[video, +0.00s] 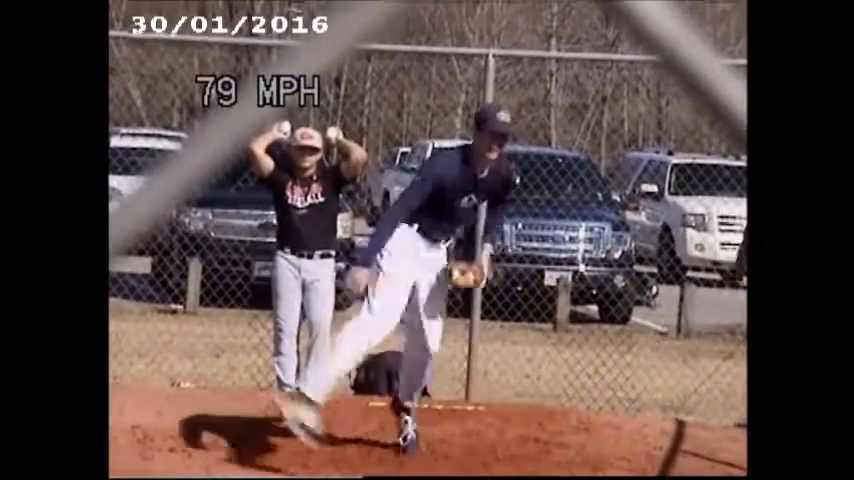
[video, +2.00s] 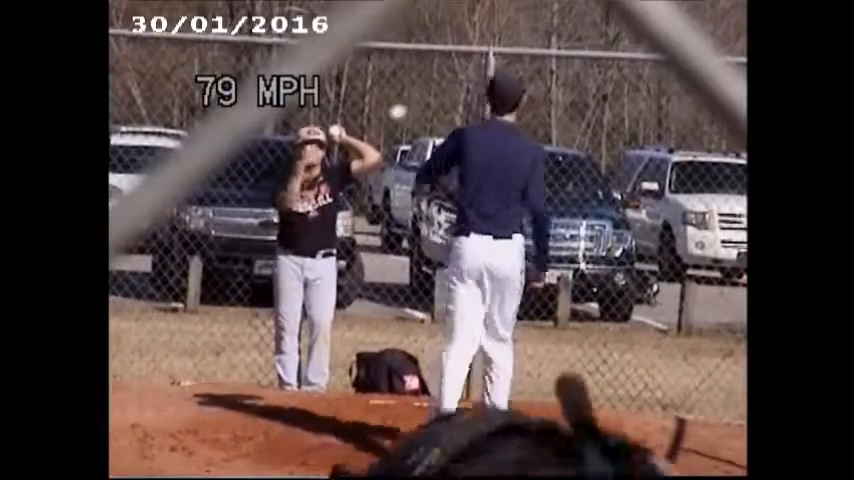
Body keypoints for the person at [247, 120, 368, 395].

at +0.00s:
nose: (307, 157)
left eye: (313, 152)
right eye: (301, 151)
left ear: (321, 153)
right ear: (291, 153)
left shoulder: (332, 177)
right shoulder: (281, 179)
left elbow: (360, 158)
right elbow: (255, 150)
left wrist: (340, 140)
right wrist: (275, 133)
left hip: (322, 261)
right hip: (287, 259)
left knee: (320, 326)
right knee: (285, 326)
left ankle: (315, 385)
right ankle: (285, 384)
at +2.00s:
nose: (311, 161)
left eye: (316, 157)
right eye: (306, 153)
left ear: (324, 155)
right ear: (296, 158)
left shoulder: (334, 175)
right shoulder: (289, 179)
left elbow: (374, 158)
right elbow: (286, 204)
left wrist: (344, 139)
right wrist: (299, 166)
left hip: (324, 259)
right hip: (289, 259)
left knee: (321, 323)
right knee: (287, 323)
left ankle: (316, 384)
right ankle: (288, 383)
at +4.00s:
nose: (304, 153)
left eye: (309, 147)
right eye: (299, 148)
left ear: (318, 148)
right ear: (290, 150)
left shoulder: (331, 175)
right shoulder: (281, 174)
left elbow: (367, 159)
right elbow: (263, 144)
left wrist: (343, 140)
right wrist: (280, 129)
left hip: (319, 259)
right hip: (285, 257)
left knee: (313, 322)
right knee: (280, 321)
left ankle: (309, 381)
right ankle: (278, 381)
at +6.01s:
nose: (308, 154)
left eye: (313, 148)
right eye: (303, 149)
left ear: (323, 150)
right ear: (294, 151)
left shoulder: (334, 176)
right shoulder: (284, 177)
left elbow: (365, 155)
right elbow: (269, 146)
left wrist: (342, 139)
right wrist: (283, 129)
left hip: (320, 261)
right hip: (286, 259)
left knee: (314, 323)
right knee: (282, 321)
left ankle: (309, 382)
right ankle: (283, 381)